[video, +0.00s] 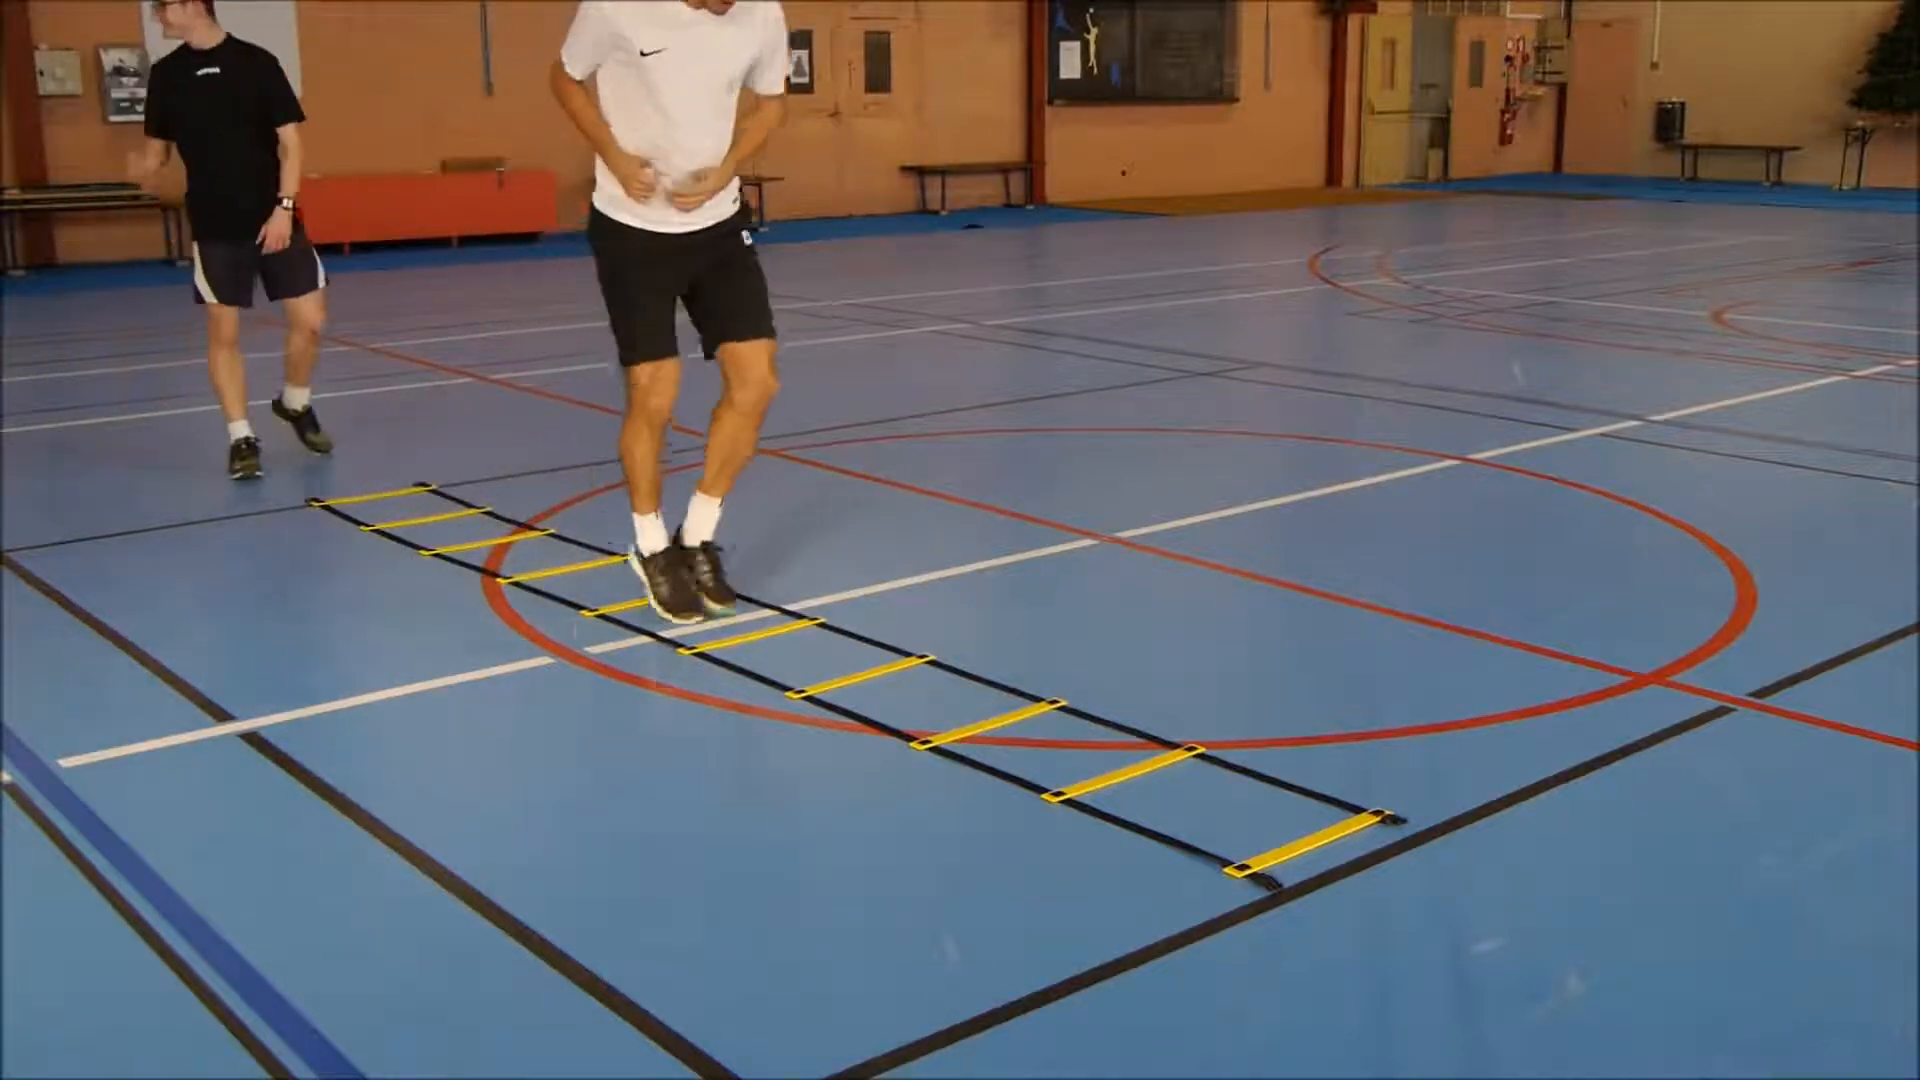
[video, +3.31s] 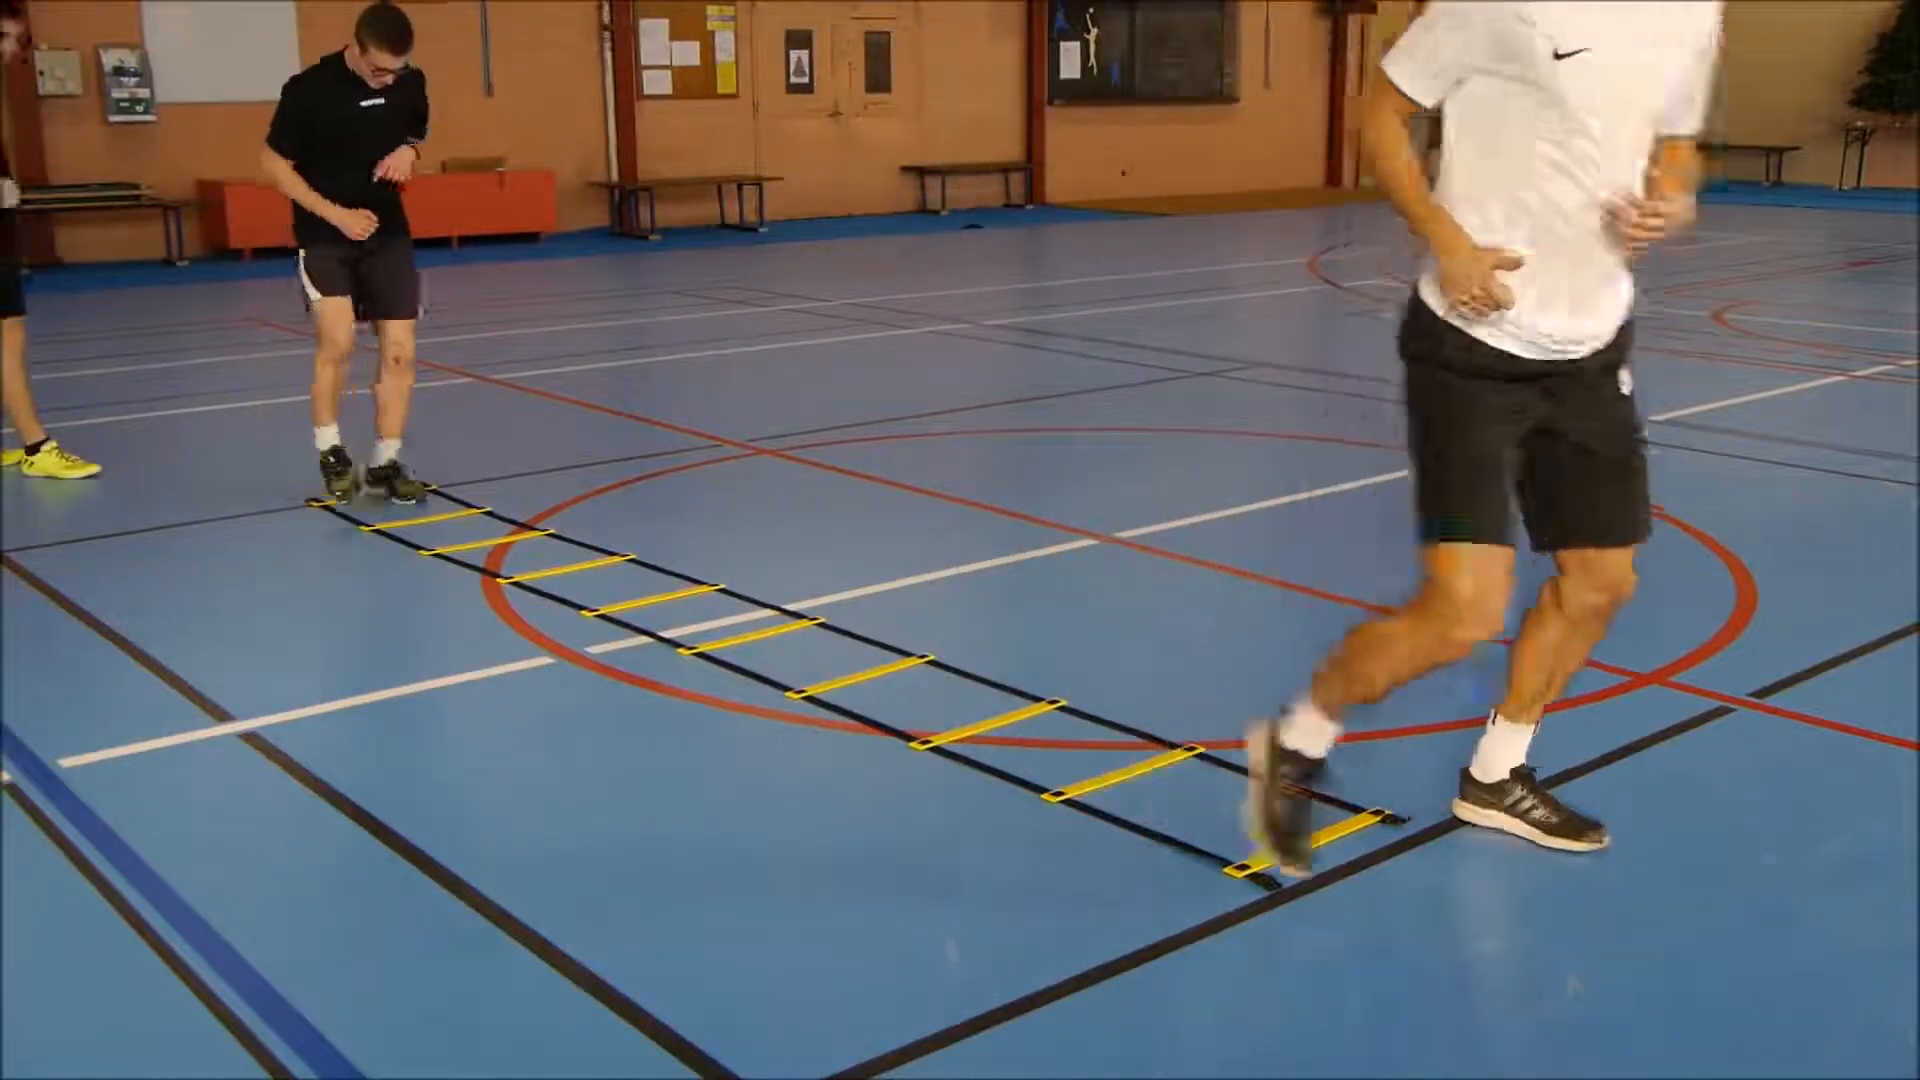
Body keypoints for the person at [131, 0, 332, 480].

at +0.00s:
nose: (161, 14)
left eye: (169, 5)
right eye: (160, 7)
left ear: (198, 7)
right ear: (185, 14)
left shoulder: (257, 62)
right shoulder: (165, 74)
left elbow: (291, 140)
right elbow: (156, 152)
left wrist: (285, 209)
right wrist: (144, 167)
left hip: (273, 215)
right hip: (214, 223)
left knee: (310, 319)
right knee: (225, 332)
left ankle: (295, 402)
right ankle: (241, 438)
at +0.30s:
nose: (230, 24)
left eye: (238, 16)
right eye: (220, 17)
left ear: (250, 13)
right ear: (203, 14)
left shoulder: (281, 66)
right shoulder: (183, 70)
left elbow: (303, 148)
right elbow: (171, 153)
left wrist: (293, 215)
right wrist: (161, 132)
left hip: (284, 218)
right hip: (223, 225)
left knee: (314, 329)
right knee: (230, 334)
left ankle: (338, 439)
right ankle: (241, 439)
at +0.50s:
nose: (280, 29)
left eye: (289, 20)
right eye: (270, 19)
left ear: (298, 16)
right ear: (249, 13)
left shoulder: (315, 69)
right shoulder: (215, 66)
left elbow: (330, 148)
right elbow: (192, 136)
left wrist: (314, 209)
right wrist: (199, 189)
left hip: (304, 221)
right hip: (242, 225)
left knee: (322, 334)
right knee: (240, 336)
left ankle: (336, 442)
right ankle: (244, 439)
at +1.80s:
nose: (321, 31)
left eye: (330, 21)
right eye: (311, 20)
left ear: (339, 18)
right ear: (289, 14)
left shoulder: (355, 70)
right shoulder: (253, 66)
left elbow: (373, 136)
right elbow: (227, 138)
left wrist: (361, 148)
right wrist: (235, 214)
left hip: (335, 226)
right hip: (273, 228)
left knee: (339, 337)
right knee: (275, 339)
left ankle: (337, 447)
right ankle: (271, 448)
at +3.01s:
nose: (368, 77)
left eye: (376, 68)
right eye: (360, 68)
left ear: (385, 55)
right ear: (336, 48)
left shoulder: (387, 83)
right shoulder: (286, 81)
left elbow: (390, 140)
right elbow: (242, 141)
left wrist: (381, 148)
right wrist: (292, 197)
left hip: (357, 222)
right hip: (301, 225)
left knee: (364, 340)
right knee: (337, 326)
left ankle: (335, 432)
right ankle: (346, 442)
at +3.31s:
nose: (388, 78)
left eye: (396, 70)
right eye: (379, 69)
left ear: (406, 54)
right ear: (354, 47)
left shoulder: (409, 84)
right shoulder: (308, 89)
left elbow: (415, 134)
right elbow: (272, 165)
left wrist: (407, 151)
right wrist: (335, 214)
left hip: (387, 231)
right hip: (324, 236)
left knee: (400, 350)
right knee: (337, 342)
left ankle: (386, 462)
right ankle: (330, 452)